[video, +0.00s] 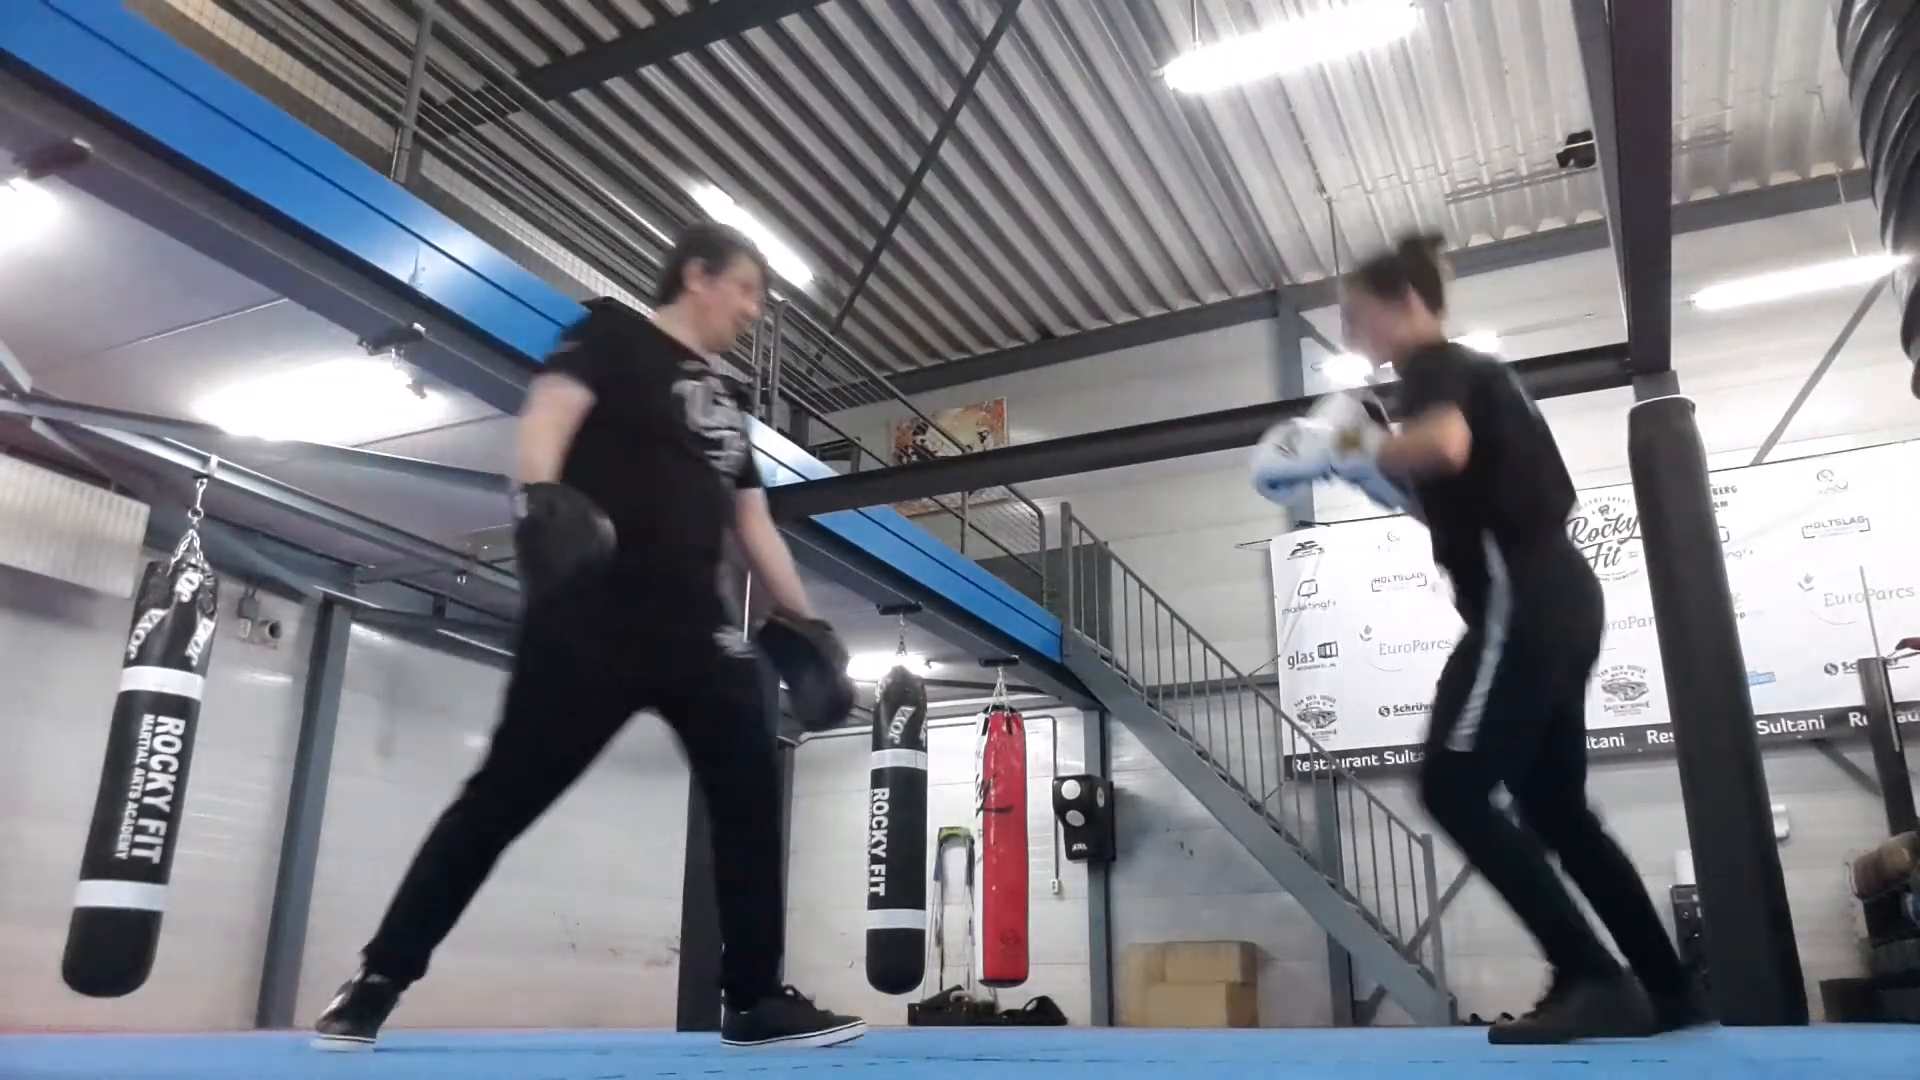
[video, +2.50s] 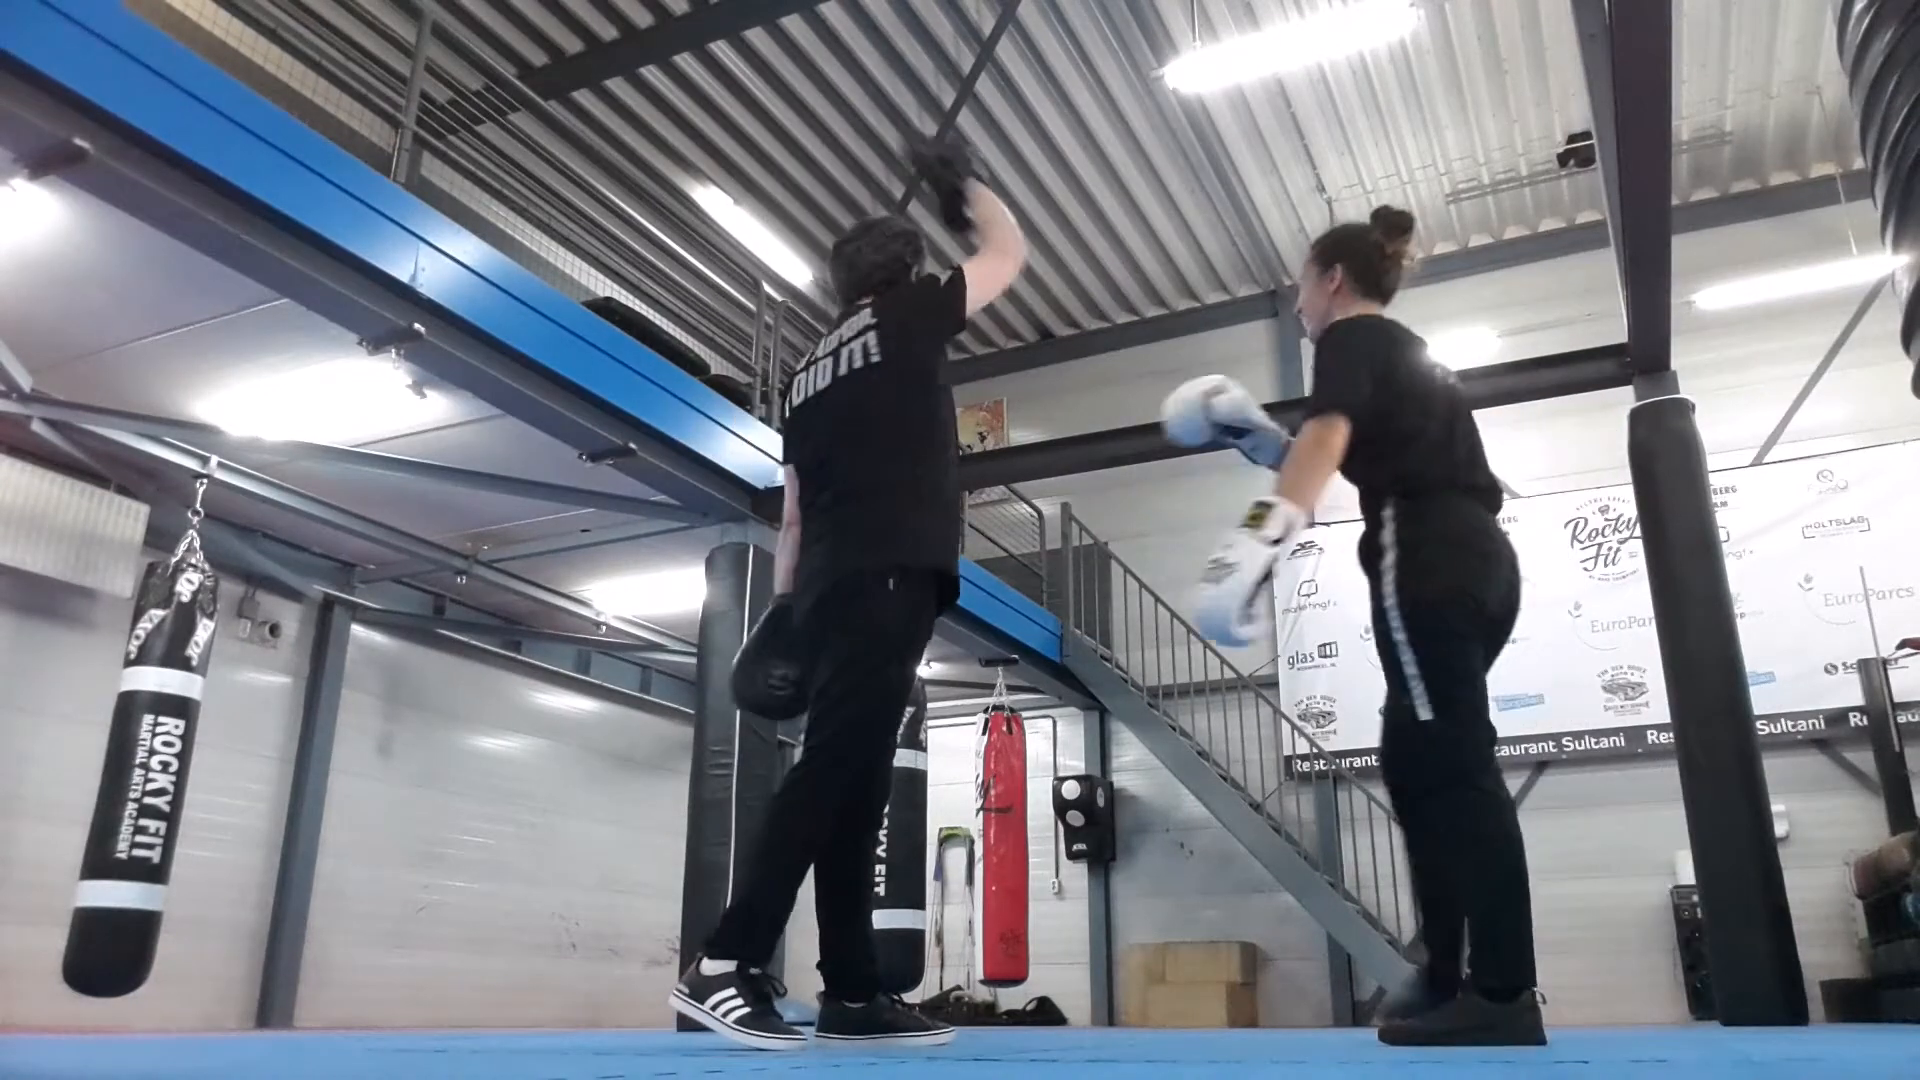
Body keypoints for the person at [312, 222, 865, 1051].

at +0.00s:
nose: (757, 309)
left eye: (762, 296)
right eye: (749, 288)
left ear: (717, 288)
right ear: (698, 277)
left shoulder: (722, 396)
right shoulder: (618, 331)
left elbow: (753, 518)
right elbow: (549, 411)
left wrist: (798, 618)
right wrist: (542, 500)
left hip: (695, 629)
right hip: (596, 614)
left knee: (748, 794)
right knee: (504, 796)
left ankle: (757, 999)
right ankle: (379, 982)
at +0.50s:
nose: (850, 291)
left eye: (851, 280)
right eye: (843, 274)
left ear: (802, 272)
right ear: (802, 265)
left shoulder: (792, 355)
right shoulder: (755, 317)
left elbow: (793, 503)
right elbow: (713, 402)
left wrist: (830, 611)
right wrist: (772, 494)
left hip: (767, 588)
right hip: (733, 578)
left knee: (759, 780)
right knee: (749, 778)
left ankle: (752, 989)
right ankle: (716, 992)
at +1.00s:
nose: (860, 248)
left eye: (859, 236)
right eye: (845, 231)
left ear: (824, 249)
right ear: (793, 238)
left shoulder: (825, 354)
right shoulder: (753, 299)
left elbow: (837, 503)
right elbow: (709, 401)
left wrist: (880, 597)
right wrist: (729, 479)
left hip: (820, 589)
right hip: (763, 571)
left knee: (792, 789)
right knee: (741, 772)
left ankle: (763, 987)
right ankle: (701, 993)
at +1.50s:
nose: (882, 246)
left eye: (882, 230)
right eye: (876, 228)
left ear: (832, 230)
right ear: (841, 226)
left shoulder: (828, 338)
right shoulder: (770, 293)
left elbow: (818, 475)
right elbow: (689, 368)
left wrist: (852, 592)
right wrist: (608, 443)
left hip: (820, 586)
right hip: (759, 571)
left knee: (840, 762)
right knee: (736, 763)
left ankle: (793, 982)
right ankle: (701, 992)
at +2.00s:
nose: (877, 268)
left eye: (868, 257)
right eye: (875, 254)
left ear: (786, 268)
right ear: (864, 255)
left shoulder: (761, 354)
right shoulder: (863, 315)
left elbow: (806, 458)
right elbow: (977, 421)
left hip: (801, 587)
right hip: (836, 585)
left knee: (847, 787)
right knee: (774, 775)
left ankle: (853, 998)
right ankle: (705, 996)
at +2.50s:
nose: (932, 281)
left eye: (924, 269)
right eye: (923, 267)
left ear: (843, 288)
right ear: (911, 271)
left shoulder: (808, 378)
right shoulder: (912, 311)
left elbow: (794, 516)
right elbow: (1006, 248)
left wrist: (782, 612)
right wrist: (965, 183)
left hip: (842, 579)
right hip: (896, 573)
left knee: (858, 788)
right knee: (829, 775)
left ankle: (853, 995)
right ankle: (723, 970)